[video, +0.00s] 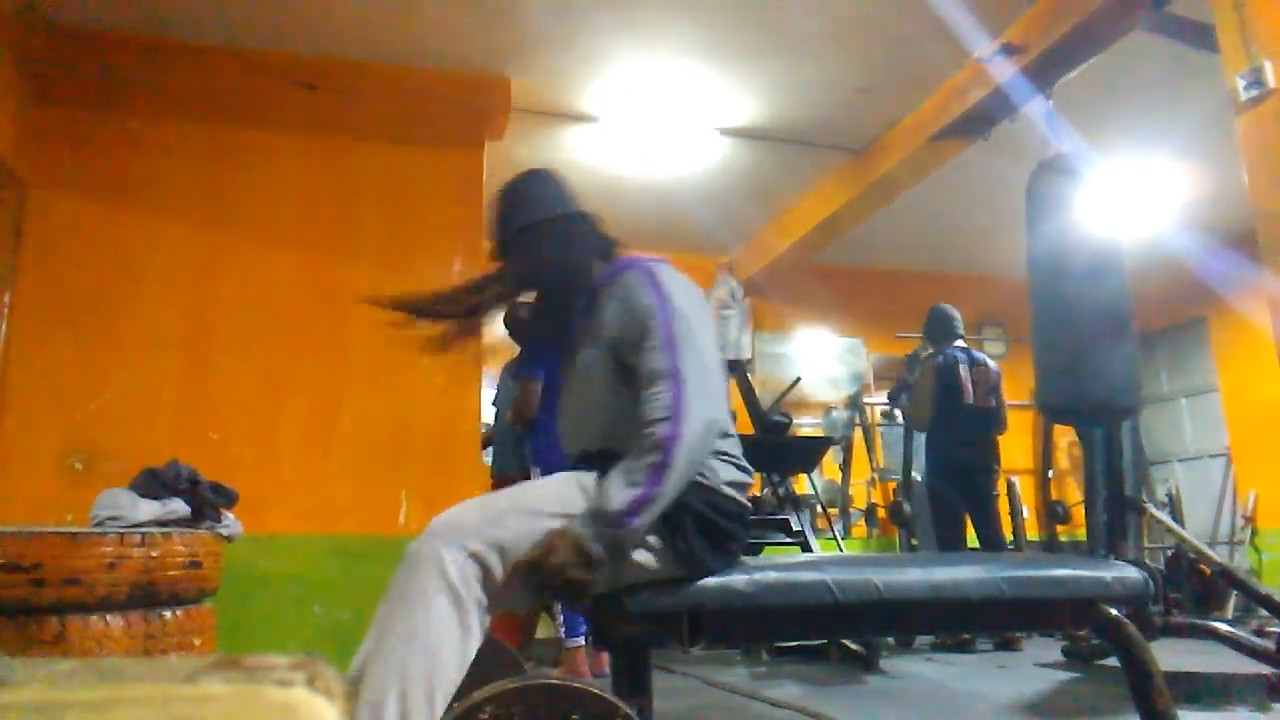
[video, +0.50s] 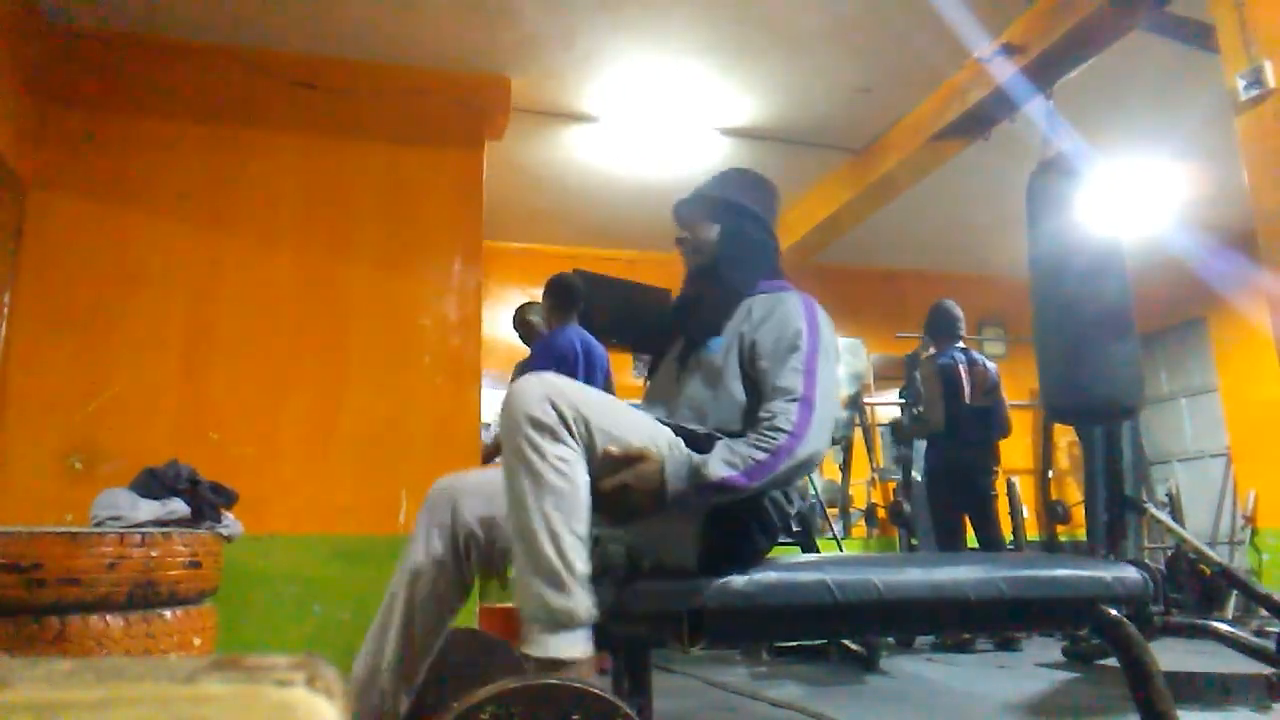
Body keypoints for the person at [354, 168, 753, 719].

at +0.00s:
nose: (536, 279)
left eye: (539, 259)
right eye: (527, 265)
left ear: (566, 241)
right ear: (525, 262)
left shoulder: (647, 283)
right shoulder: (569, 317)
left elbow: (687, 420)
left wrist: (593, 536)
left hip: (681, 503)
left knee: (451, 548)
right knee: (449, 552)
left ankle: (376, 711)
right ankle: (361, 706)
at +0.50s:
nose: (682, 242)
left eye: (696, 229)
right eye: (682, 231)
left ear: (738, 234)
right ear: (697, 235)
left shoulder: (787, 311)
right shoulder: (692, 319)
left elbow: (795, 434)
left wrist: (675, 475)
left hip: (723, 512)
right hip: (657, 505)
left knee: (540, 400)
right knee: (455, 504)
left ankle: (561, 655)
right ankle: (371, 705)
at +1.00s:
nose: (692, 233)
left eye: (708, 221)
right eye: (691, 223)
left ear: (749, 229)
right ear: (693, 231)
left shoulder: (790, 313)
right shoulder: (696, 316)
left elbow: (810, 443)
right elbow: (667, 425)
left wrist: (709, 500)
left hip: (728, 502)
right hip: (664, 483)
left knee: (555, 431)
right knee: (479, 437)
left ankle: (591, 685)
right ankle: (460, 649)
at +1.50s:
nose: (647, 254)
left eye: (654, 237)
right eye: (643, 242)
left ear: (695, 227)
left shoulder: (762, 300)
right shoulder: (671, 316)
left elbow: (794, 431)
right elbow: (658, 428)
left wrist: (695, 500)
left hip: (710, 495)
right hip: (641, 482)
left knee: (522, 494)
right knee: (458, 508)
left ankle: (572, 707)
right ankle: (512, 701)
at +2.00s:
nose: (425, 351)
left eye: (418, 334)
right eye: (413, 340)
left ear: (441, 314)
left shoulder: (564, 322)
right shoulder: (509, 368)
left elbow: (599, 457)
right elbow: (521, 482)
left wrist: (555, 583)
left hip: (704, 490)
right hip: (641, 488)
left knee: (503, 543)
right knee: (461, 543)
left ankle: (541, 707)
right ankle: (489, 702)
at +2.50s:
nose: (452, 380)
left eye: (447, 358)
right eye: (438, 369)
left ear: (481, 327)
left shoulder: (580, 340)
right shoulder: (515, 387)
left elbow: (645, 465)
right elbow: (549, 503)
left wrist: (578, 602)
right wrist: (472, 596)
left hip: (727, 500)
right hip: (655, 501)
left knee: (517, 538)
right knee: (480, 537)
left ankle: (536, 709)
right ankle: (503, 708)